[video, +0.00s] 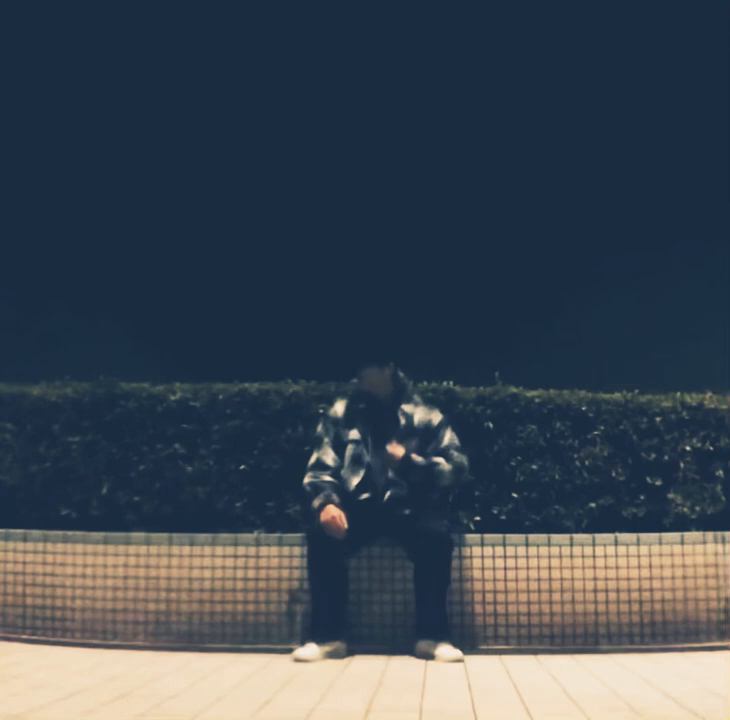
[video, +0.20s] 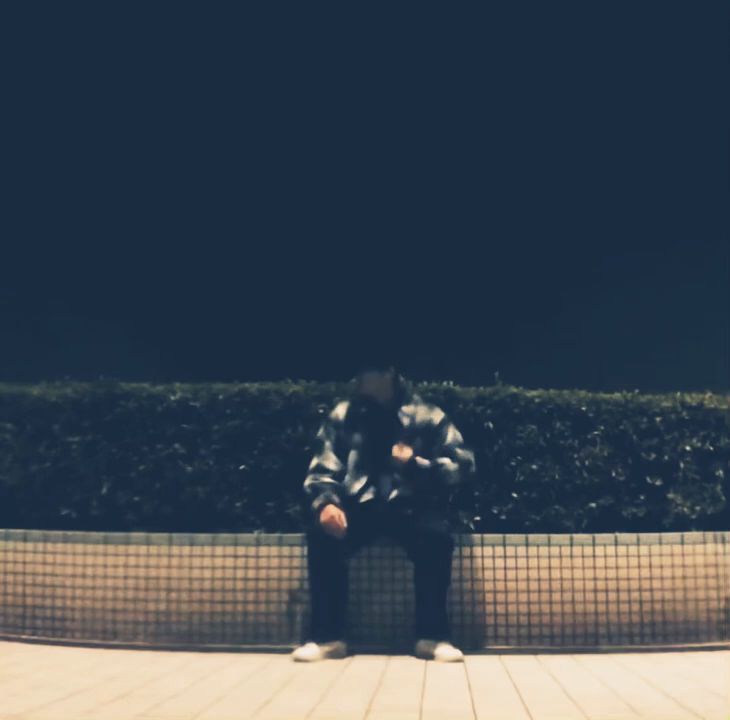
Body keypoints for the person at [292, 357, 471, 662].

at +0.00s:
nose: (374, 377)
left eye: (381, 369)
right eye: (367, 370)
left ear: (394, 371)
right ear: (358, 375)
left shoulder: (426, 417)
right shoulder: (341, 414)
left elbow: (456, 469)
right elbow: (320, 469)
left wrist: (410, 462)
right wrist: (325, 503)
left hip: (409, 511)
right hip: (359, 510)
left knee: (436, 540)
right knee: (323, 535)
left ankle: (432, 639)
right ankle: (327, 639)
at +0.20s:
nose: (369, 385)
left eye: (377, 375)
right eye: (364, 377)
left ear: (392, 376)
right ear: (357, 379)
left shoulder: (426, 417)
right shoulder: (342, 416)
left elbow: (463, 465)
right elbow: (322, 469)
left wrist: (417, 463)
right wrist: (326, 503)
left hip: (411, 510)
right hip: (360, 510)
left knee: (436, 540)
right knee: (324, 535)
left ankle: (432, 639)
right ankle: (327, 639)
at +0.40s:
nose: (380, 376)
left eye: (388, 368)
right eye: (374, 368)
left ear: (401, 372)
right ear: (364, 373)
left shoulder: (426, 420)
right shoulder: (345, 415)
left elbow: (440, 489)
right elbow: (323, 469)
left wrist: (419, 465)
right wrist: (327, 502)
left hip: (407, 511)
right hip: (357, 510)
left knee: (436, 539)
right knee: (324, 536)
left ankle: (432, 638)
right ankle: (327, 639)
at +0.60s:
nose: (371, 383)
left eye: (378, 375)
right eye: (367, 376)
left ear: (394, 376)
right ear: (360, 380)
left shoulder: (430, 420)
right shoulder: (345, 417)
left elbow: (459, 471)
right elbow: (322, 471)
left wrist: (415, 468)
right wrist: (328, 503)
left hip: (413, 512)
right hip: (360, 511)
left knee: (437, 540)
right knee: (325, 535)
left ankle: (431, 638)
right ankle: (327, 639)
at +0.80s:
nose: (367, 375)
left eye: (376, 367)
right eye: (364, 368)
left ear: (396, 368)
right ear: (361, 372)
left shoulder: (431, 419)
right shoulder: (345, 416)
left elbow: (449, 484)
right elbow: (325, 469)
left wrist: (425, 460)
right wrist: (328, 501)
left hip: (411, 512)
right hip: (359, 511)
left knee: (438, 539)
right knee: (325, 534)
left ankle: (432, 638)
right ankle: (327, 639)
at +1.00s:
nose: (377, 374)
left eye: (385, 366)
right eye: (372, 366)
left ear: (400, 370)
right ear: (364, 372)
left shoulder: (428, 422)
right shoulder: (343, 416)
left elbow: (447, 482)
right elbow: (320, 471)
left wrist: (409, 466)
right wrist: (327, 503)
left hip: (409, 513)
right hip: (357, 512)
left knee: (438, 540)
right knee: (325, 536)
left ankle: (432, 638)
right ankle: (327, 639)